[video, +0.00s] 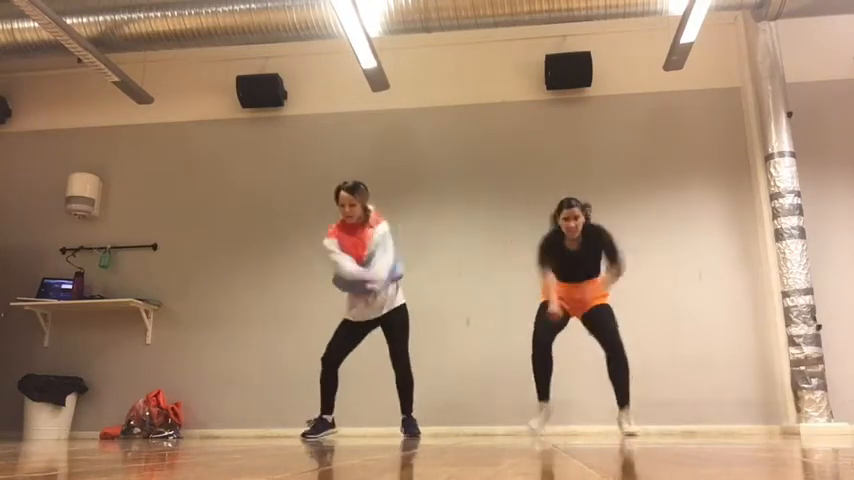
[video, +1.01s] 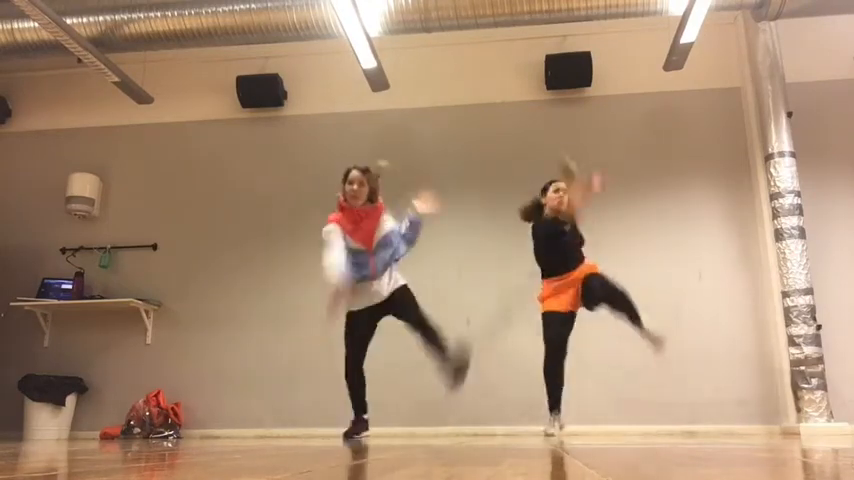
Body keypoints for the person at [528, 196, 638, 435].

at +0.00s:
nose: (571, 224)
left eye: (576, 218)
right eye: (566, 219)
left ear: (584, 218)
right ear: (558, 220)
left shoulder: (598, 235)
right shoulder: (549, 242)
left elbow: (617, 266)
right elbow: (546, 275)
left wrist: (600, 287)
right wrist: (552, 302)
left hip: (592, 299)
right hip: (559, 299)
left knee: (614, 346)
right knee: (540, 343)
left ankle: (624, 413)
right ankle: (543, 407)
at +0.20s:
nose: (570, 223)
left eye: (575, 218)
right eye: (565, 219)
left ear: (583, 219)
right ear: (557, 222)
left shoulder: (596, 234)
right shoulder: (549, 247)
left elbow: (628, 259)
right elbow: (544, 288)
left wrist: (610, 285)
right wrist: (545, 319)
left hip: (590, 299)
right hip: (556, 301)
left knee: (609, 353)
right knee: (541, 354)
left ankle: (625, 416)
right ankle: (541, 418)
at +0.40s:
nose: (575, 244)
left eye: (579, 238)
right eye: (570, 239)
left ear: (588, 233)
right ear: (562, 235)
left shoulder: (598, 251)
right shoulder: (556, 233)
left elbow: (603, 288)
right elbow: (540, 223)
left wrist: (601, 310)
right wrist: (528, 219)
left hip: (587, 303)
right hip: (553, 299)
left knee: (622, 343)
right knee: (539, 351)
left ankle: (639, 408)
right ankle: (533, 416)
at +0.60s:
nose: (553, 279)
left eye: (558, 273)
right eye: (550, 273)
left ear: (572, 271)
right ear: (548, 270)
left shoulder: (586, 292)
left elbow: (581, 338)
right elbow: (569, 233)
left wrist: (571, 372)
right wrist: (561, 198)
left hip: (590, 327)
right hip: (558, 326)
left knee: (628, 361)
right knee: (534, 359)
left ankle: (641, 421)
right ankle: (537, 420)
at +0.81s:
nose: (557, 226)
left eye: (562, 220)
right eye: (552, 221)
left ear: (571, 221)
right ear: (545, 224)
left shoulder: (585, 236)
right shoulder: (538, 248)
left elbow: (621, 253)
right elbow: (519, 284)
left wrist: (646, 281)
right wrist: (498, 313)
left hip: (590, 298)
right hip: (556, 300)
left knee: (613, 354)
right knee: (542, 354)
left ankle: (640, 417)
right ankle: (539, 419)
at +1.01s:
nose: (561, 196)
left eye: (564, 192)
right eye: (555, 191)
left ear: (568, 198)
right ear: (543, 200)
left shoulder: (567, 217)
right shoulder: (542, 227)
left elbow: (575, 203)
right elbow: (557, 219)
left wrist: (588, 188)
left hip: (582, 279)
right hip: (556, 291)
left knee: (608, 290)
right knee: (554, 351)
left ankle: (642, 329)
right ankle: (554, 415)